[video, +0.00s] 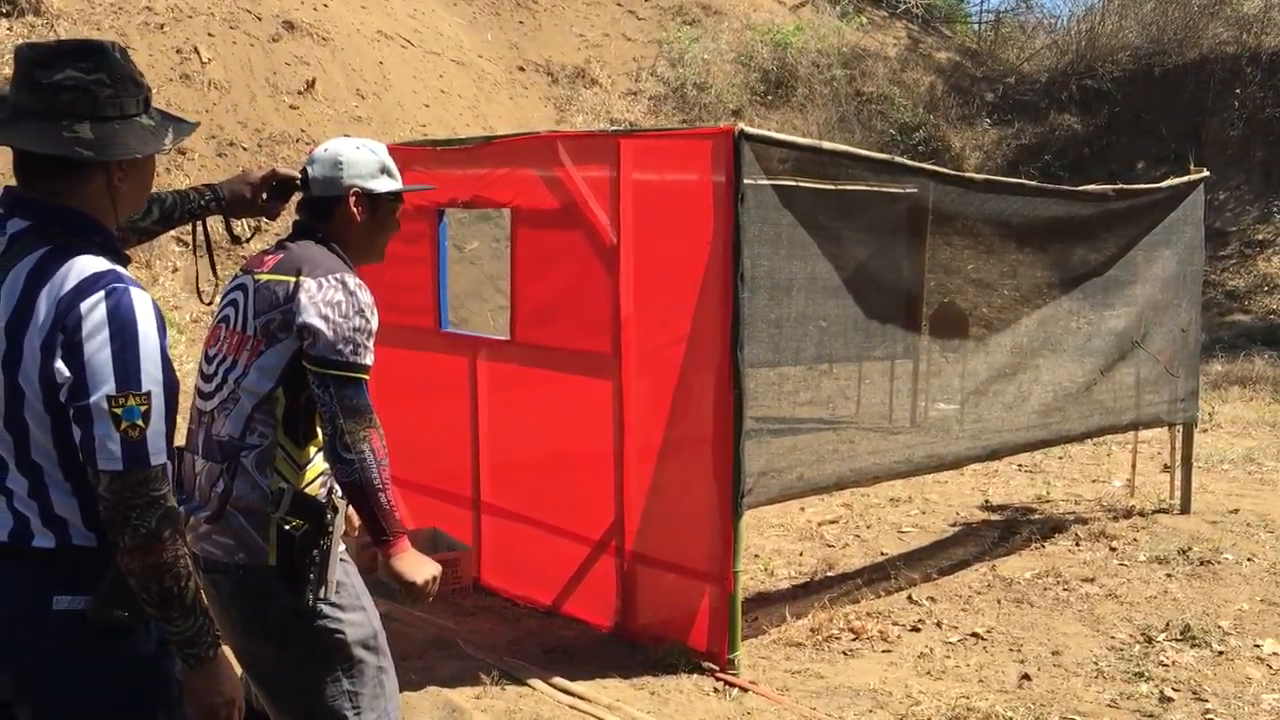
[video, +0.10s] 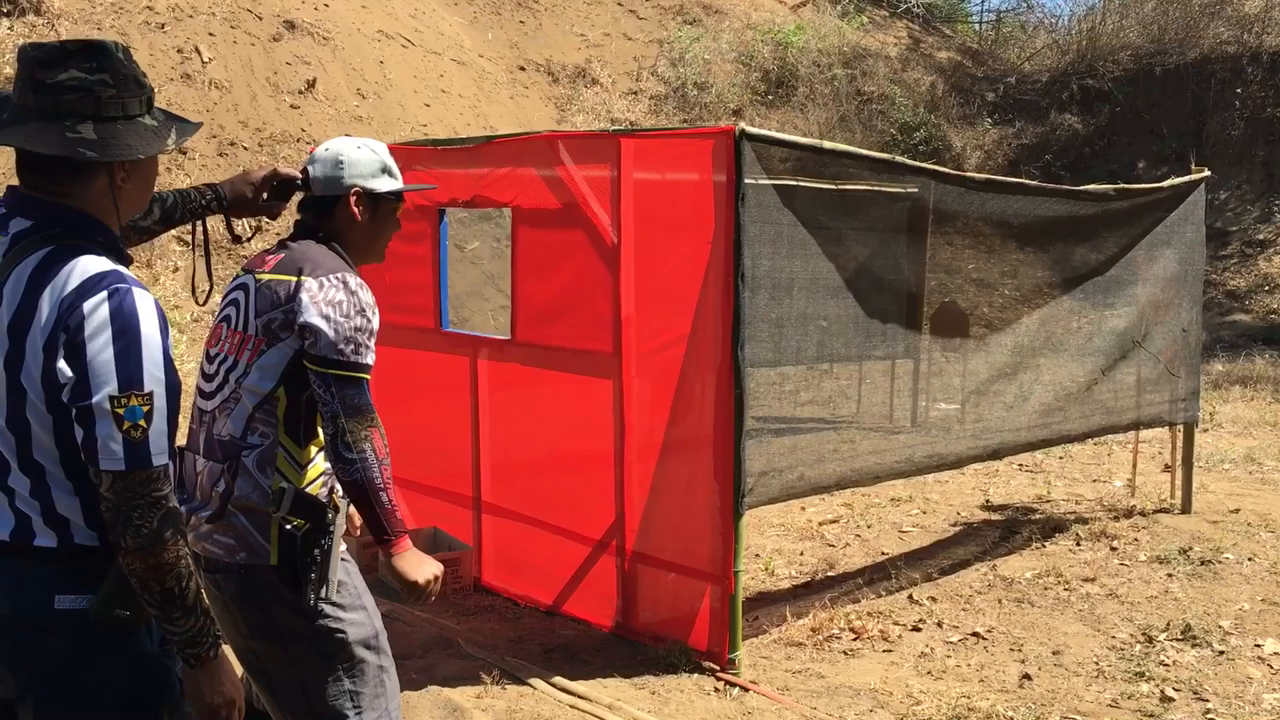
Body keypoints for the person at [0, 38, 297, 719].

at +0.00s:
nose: (159, 167)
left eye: (159, 151)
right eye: (152, 152)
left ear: (26, 156)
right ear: (116, 170)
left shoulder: (12, 239)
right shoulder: (108, 304)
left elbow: (107, 226)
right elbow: (141, 519)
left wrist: (221, 196)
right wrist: (203, 650)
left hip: (13, 578)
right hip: (89, 609)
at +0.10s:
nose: (162, 169)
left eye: (162, 153)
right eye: (156, 153)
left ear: (32, 155)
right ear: (118, 170)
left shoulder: (11, 234)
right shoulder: (111, 303)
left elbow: (110, 222)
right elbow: (142, 517)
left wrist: (226, 196)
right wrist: (205, 651)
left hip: (12, 571)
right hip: (88, 603)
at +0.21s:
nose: (162, 168)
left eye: (162, 152)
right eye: (157, 153)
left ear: (33, 156)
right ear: (118, 171)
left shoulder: (11, 235)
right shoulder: (112, 303)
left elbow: (111, 221)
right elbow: (142, 517)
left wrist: (226, 195)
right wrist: (203, 652)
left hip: (11, 572)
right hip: (88, 605)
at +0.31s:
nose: (162, 169)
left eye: (163, 153)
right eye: (157, 153)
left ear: (34, 156)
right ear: (118, 172)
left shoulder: (11, 235)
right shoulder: (112, 303)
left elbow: (112, 222)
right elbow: (141, 517)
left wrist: (226, 195)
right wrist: (201, 651)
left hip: (11, 572)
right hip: (89, 606)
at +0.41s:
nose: (163, 169)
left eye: (163, 153)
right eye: (157, 153)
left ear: (33, 156)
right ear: (118, 172)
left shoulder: (11, 235)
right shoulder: (111, 303)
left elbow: (111, 221)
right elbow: (141, 518)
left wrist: (225, 196)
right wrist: (201, 651)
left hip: (11, 572)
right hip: (88, 605)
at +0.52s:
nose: (162, 168)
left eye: (162, 152)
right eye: (156, 153)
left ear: (32, 155)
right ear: (118, 171)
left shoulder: (11, 235)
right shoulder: (111, 303)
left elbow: (110, 220)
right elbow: (140, 517)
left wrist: (224, 196)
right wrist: (201, 650)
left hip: (12, 573)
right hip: (89, 604)